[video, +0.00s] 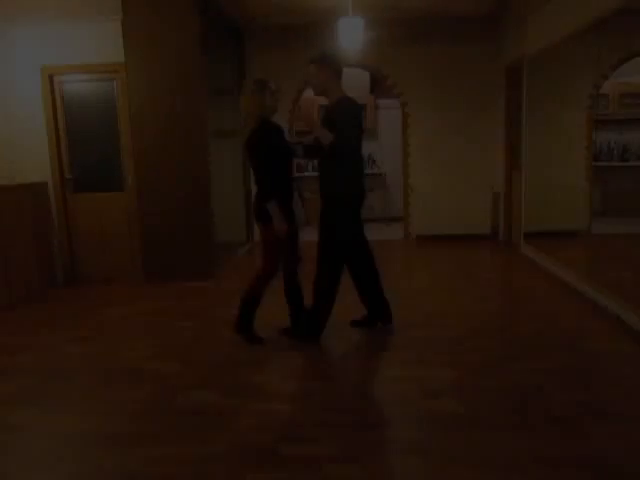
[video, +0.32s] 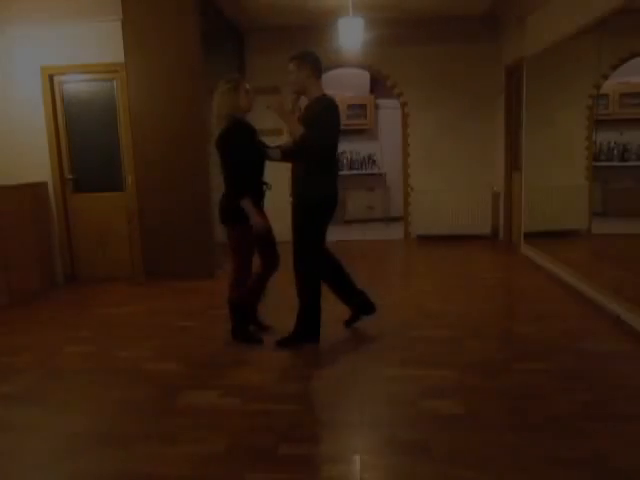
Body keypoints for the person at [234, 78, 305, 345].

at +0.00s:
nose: (276, 101)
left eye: (274, 96)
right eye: (271, 96)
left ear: (260, 100)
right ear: (260, 100)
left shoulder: (270, 131)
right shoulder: (263, 133)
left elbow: (281, 172)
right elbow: (268, 179)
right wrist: (276, 214)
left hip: (282, 205)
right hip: (271, 207)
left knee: (289, 264)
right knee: (271, 265)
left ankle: (298, 318)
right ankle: (244, 320)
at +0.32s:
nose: (250, 98)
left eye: (248, 93)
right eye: (245, 93)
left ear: (236, 98)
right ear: (232, 99)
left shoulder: (241, 129)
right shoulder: (234, 132)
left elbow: (261, 152)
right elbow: (239, 178)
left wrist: (287, 149)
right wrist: (253, 212)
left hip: (247, 202)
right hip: (239, 205)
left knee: (268, 260)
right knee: (243, 264)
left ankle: (247, 313)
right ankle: (240, 324)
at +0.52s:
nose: (237, 97)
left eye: (235, 93)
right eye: (231, 93)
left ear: (227, 98)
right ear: (217, 98)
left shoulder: (233, 130)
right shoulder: (214, 133)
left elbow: (254, 151)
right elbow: (214, 180)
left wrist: (281, 146)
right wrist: (226, 216)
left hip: (240, 204)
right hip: (225, 207)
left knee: (237, 267)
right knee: (233, 269)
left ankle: (209, 315)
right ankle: (238, 324)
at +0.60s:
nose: (231, 97)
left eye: (230, 93)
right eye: (226, 93)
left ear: (220, 97)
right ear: (211, 98)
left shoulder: (228, 130)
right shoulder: (205, 135)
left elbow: (246, 153)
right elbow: (204, 179)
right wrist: (212, 216)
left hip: (233, 204)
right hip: (220, 207)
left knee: (222, 265)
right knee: (233, 266)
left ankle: (204, 320)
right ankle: (236, 324)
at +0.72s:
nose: (227, 97)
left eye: (225, 93)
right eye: (221, 93)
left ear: (214, 99)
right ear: (207, 98)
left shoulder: (222, 131)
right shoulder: (198, 136)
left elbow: (246, 153)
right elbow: (195, 181)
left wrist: (275, 148)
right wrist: (203, 217)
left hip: (227, 207)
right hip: (214, 209)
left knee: (218, 266)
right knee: (234, 267)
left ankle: (205, 320)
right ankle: (223, 323)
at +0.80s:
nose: (221, 98)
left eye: (220, 93)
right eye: (216, 93)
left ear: (209, 99)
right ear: (202, 98)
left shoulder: (218, 130)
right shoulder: (192, 134)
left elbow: (239, 153)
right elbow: (187, 178)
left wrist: (270, 151)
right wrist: (196, 214)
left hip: (225, 204)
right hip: (210, 207)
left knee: (225, 268)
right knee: (222, 269)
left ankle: (209, 323)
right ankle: (207, 325)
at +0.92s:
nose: (219, 97)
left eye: (217, 93)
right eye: (213, 93)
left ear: (209, 98)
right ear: (198, 97)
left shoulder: (215, 129)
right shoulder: (191, 134)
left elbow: (234, 155)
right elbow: (184, 179)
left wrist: (263, 154)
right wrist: (194, 214)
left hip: (223, 204)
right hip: (207, 207)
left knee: (232, 263)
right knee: (221, 265)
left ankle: (210, 318)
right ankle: (207, 323)